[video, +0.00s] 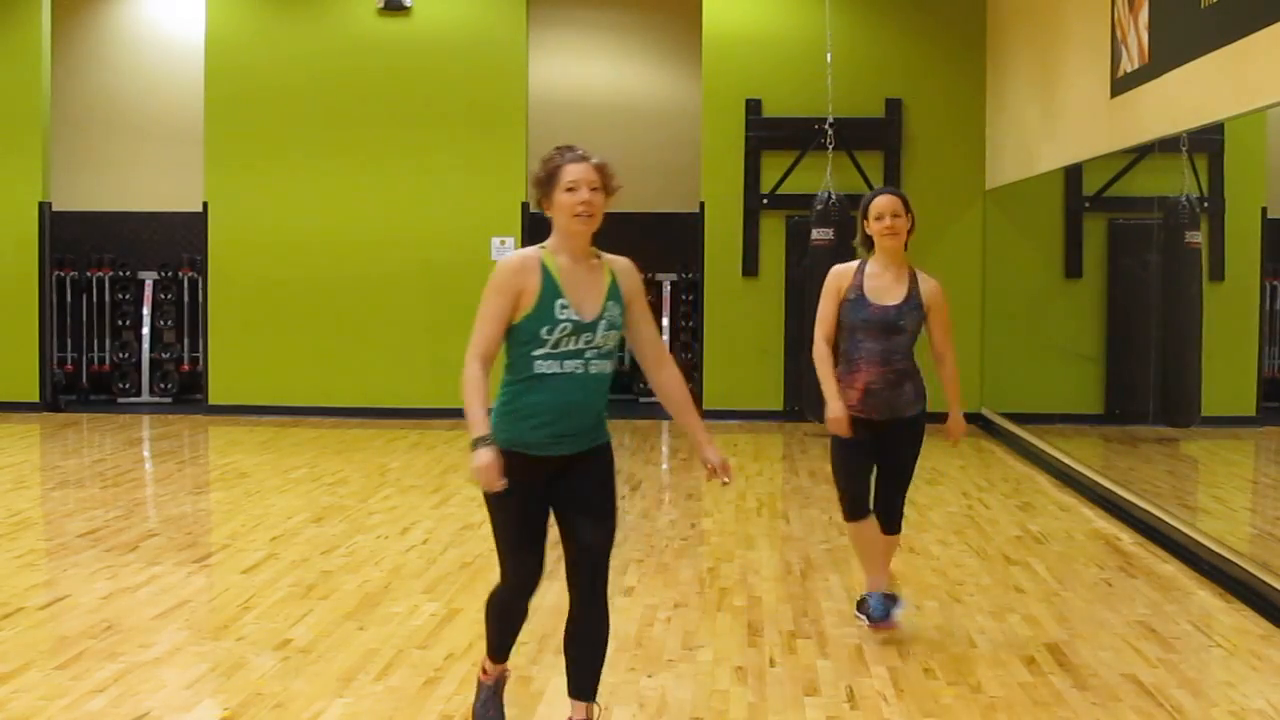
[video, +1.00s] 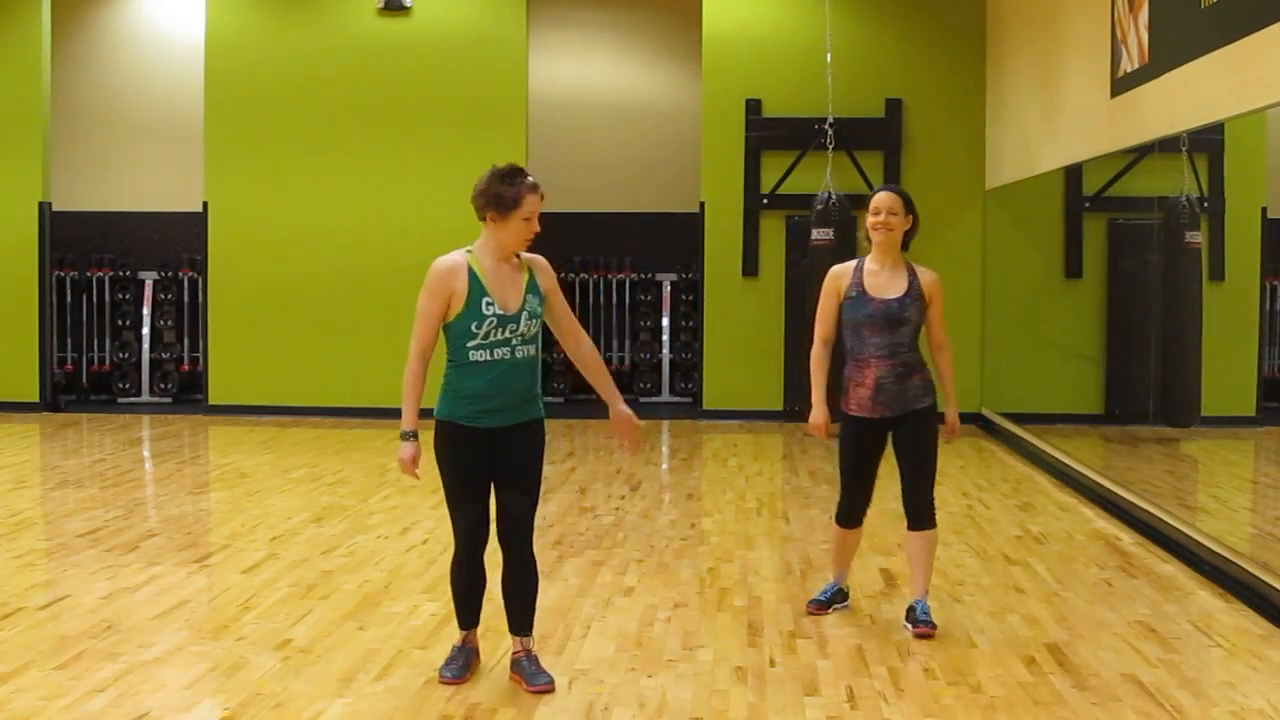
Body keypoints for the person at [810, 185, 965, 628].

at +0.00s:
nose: (889, 223)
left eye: (896, 216)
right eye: (879, 217)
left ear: (909, 223)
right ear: (867, 226)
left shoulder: (927, 288)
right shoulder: (842, 277)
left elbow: (943, 352)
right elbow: (821, 342)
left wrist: (955, 409)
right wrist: (833, 400)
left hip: (903, 414)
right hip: (850, 412)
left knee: (890, 507)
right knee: (853, 504)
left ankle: (876, 591)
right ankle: (879, 589)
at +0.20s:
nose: (875, 214)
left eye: (884, 208)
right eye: (869, 208)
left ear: (904, 217)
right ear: (860, 216)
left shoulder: (916, 279)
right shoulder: (836, 268)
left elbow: (932, 344)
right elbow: (812, 328)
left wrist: (933, 403)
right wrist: (791, 383)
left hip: (892, 404)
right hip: (840, 399)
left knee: (882, 499)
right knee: (815, 486)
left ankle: (871, 592)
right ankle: (828, 569)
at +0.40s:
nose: (868, 216)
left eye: (878, 210)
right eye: (863, 209)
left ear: (897, 220)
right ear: (854, 218)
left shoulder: (907, 278)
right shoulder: (830, 272)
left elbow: (912, 339)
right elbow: (808, 330)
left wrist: (893, 369)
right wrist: (784, 384)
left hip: (876, 403)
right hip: (826, 400)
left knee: (866, 499)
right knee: (827, 494)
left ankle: (868, 592)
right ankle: (832, 583)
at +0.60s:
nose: (863, 217)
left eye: (874, 212)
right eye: (859, 210)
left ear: (891, 221)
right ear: (849, 219)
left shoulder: (903, 277)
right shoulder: (825, 274)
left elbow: (917, 343)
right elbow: (810, 338)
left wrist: (886, 391)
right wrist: (799, 395)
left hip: (874, 400)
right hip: (825, 398)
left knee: (875, 492)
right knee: (828, 493)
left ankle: (887, 585)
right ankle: (832, 582)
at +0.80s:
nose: (867, 219)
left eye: (877, 213)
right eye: (861, 211)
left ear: (895, 222)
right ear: (852, 219)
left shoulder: (910, 281)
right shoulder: (827, 275)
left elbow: (920, 348)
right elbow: (809, 341)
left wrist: (927, 408)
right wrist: (810, 400)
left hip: (888, 405)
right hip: (835, 404)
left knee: (898, 500)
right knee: (833, 496)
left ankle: (912, 596)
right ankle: (832, 581)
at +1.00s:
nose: (881, 219)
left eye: (891, 213)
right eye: (875, 212)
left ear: (908, 223)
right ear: (865, 220)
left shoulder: (925, 281)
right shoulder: (841, 276)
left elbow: (940, 346)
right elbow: (821, 343)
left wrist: (951, 404)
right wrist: (818, 402)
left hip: (915, 406)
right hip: (859, 407)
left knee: (920, 504)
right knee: (852, 502)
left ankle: (921, 602)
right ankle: (837, 585)